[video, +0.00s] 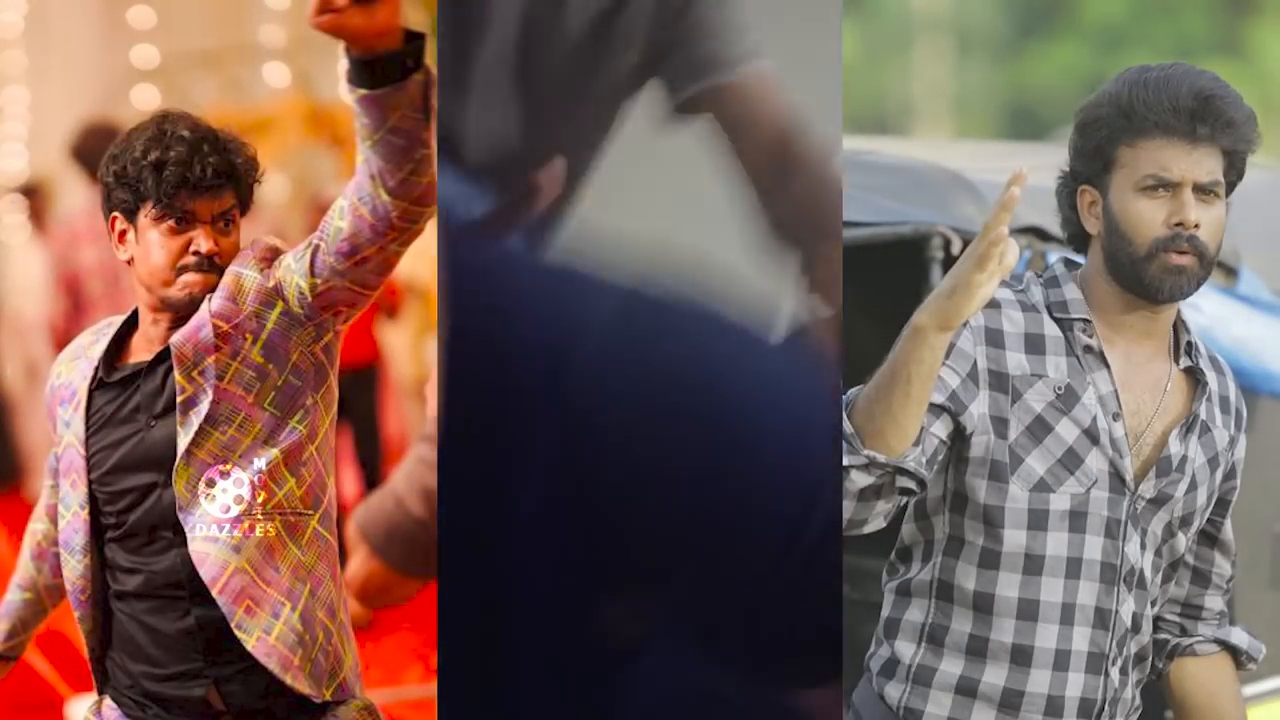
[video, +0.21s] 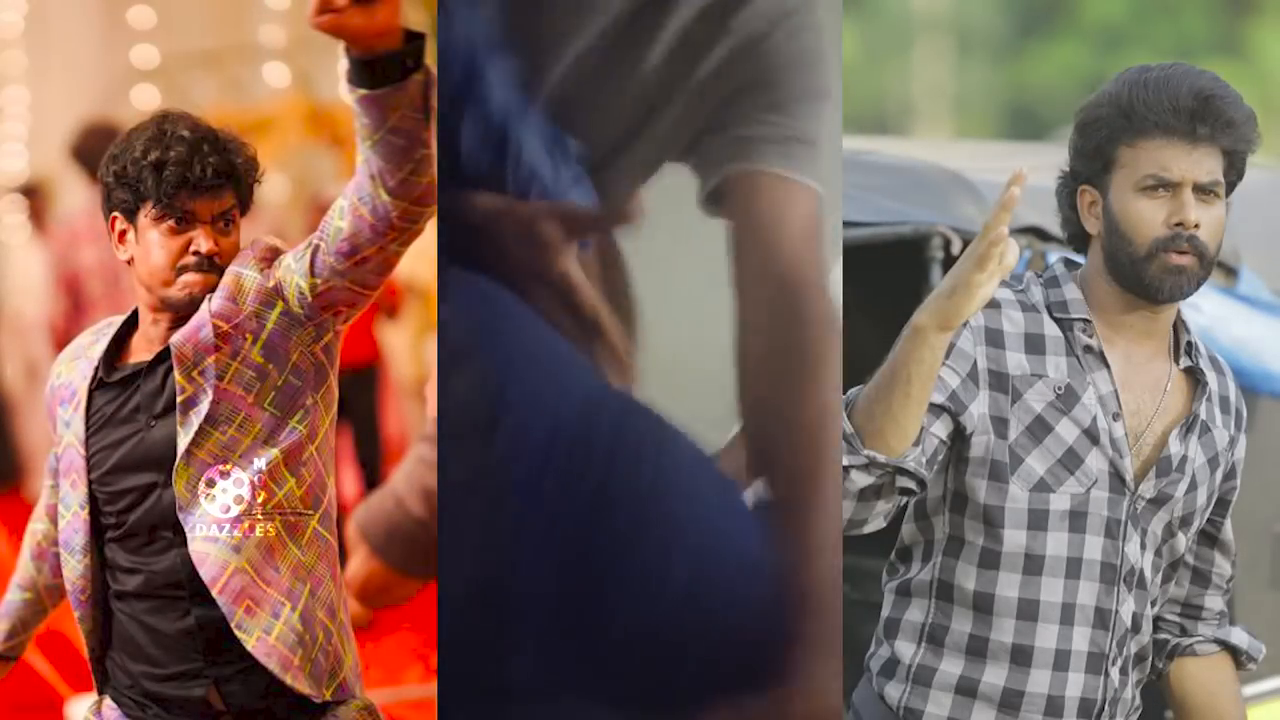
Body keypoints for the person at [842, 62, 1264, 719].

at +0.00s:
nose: (1187, 217)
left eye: (1207, 194)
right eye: (1157, 190)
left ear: (1227, 208)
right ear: (1092, 207)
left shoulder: (1219, 398)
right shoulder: (984, 329)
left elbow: (1193, 617)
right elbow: (850, 508)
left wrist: (1225, 711)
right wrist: (931, 327)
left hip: (1105, 709)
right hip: (935, 702)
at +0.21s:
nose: (1188, 217)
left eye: (1207, 194)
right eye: (1157, 190)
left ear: (1227, 208)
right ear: (1092, 208)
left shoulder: (1219, 398)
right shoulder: (984, 330)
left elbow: (1193, 618)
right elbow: (848, 509)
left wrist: (1226, 710)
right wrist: (931, 327)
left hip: (1104, 709)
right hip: (934, 702)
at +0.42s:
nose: (1187, 217)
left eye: (1207, 194)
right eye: (1157, 190)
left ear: (1227, 208)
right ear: (1092, 207)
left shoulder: (1219, 398)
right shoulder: (984, 328)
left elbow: (1193, 617)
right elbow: (852, 507)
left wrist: (1225, 710)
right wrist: (932, 327)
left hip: (1105, 709)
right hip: (934, 702)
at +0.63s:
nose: (1187, 217)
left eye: (1207, 194)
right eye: (1157, 190)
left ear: (1227, 209)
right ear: (1092, 208)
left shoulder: (1219, 397)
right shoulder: (984, 328)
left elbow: (1193, 615)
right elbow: (853, 506)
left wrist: (1225, 711)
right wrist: (932, 326)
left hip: (1105, 709)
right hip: (936, 701)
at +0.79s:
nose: (1187, 217)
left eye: (1207, 194)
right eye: (1157, 190)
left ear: (1227, 208)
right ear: (1092, 207)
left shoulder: (1219, 398)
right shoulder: (984, 329)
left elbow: (1193, 617)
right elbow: (850, 507)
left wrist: (1225, 711)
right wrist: (931, 327)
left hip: (1105, 709)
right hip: (934, 702)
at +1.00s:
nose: (1187, 217)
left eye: (1207, 194)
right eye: (1157, 190)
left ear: (1227, 209)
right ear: (1092, 208)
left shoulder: (1219, 398)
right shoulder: (984, 328)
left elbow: (1193, 615)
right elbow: (851, 508)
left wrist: (1225, 711)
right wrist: (931, 327)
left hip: (1105, 709)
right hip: (934, 702)